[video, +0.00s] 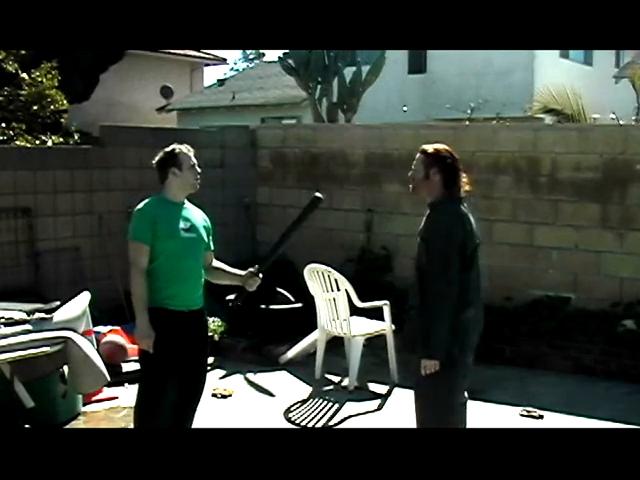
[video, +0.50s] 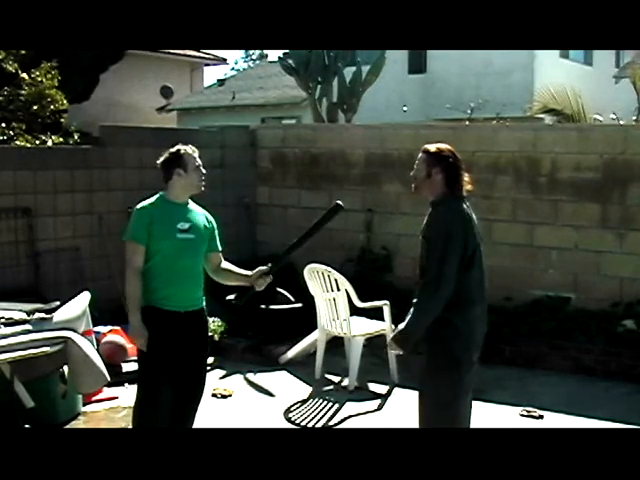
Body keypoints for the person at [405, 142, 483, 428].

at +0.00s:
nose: (410, 176)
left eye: (416, 170)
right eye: (412, 169)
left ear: (435, 176)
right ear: (435, 177)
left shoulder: (445, 220)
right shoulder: (448, 215)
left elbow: (440, 288)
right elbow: (441, 286)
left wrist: (433, 349)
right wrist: (431, 342)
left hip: (445, 342)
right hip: (450, 339)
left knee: (436, 416)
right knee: (444, 413)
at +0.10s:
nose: (409, 175)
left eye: (415, 168)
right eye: (412, 168)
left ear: (434, 175)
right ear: (435, 176)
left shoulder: (444, 219)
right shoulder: (451, 213)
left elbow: (438, 287)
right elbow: (441, 285)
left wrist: (429, 346)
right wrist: (429, 339)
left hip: (445, 341)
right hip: (452, 336)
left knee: (436, 416)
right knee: (445, 413)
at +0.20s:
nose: (409, 176)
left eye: (415, 170)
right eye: (412, 169)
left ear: (434, 175)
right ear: (435, 176)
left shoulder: (443, 218)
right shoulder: (456, 212)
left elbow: (434, 286)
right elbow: (435, 283)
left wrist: (414, 341)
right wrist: (415, 334)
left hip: (446, 338)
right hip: (456, 334)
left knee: (436, 416)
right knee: (446, 414)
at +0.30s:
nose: (410, 176)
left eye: (416, 170)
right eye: (412, 169)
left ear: (435, 175)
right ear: (436, 175)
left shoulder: (446, 217)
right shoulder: (453, 212)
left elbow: (434, 284)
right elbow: (434, 281)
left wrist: (403, 333)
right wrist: (404, 326)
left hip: (448, 335)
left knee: (436, 413)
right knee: (444, 412)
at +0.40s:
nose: (411, 177)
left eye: (418, 170)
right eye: (413, 169)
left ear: (437, 175)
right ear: (437, 175)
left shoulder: (447, 217)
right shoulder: (451, 212)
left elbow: (436, 285)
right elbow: (434, 283)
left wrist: (399, 334)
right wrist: (402, 325)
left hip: (450, 335)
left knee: (438, 413)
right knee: (446, 412)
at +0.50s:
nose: (413, 177)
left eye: (418, 171)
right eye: (414, 170)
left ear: (437, 175)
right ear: (438, 175)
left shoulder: (447, 217)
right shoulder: (452, 212)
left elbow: (437, 287)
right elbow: (437, 285)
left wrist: (405, 335)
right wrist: (408, 330)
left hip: (451, 336)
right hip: (455, 334)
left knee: (439, 415)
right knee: (446, 413)